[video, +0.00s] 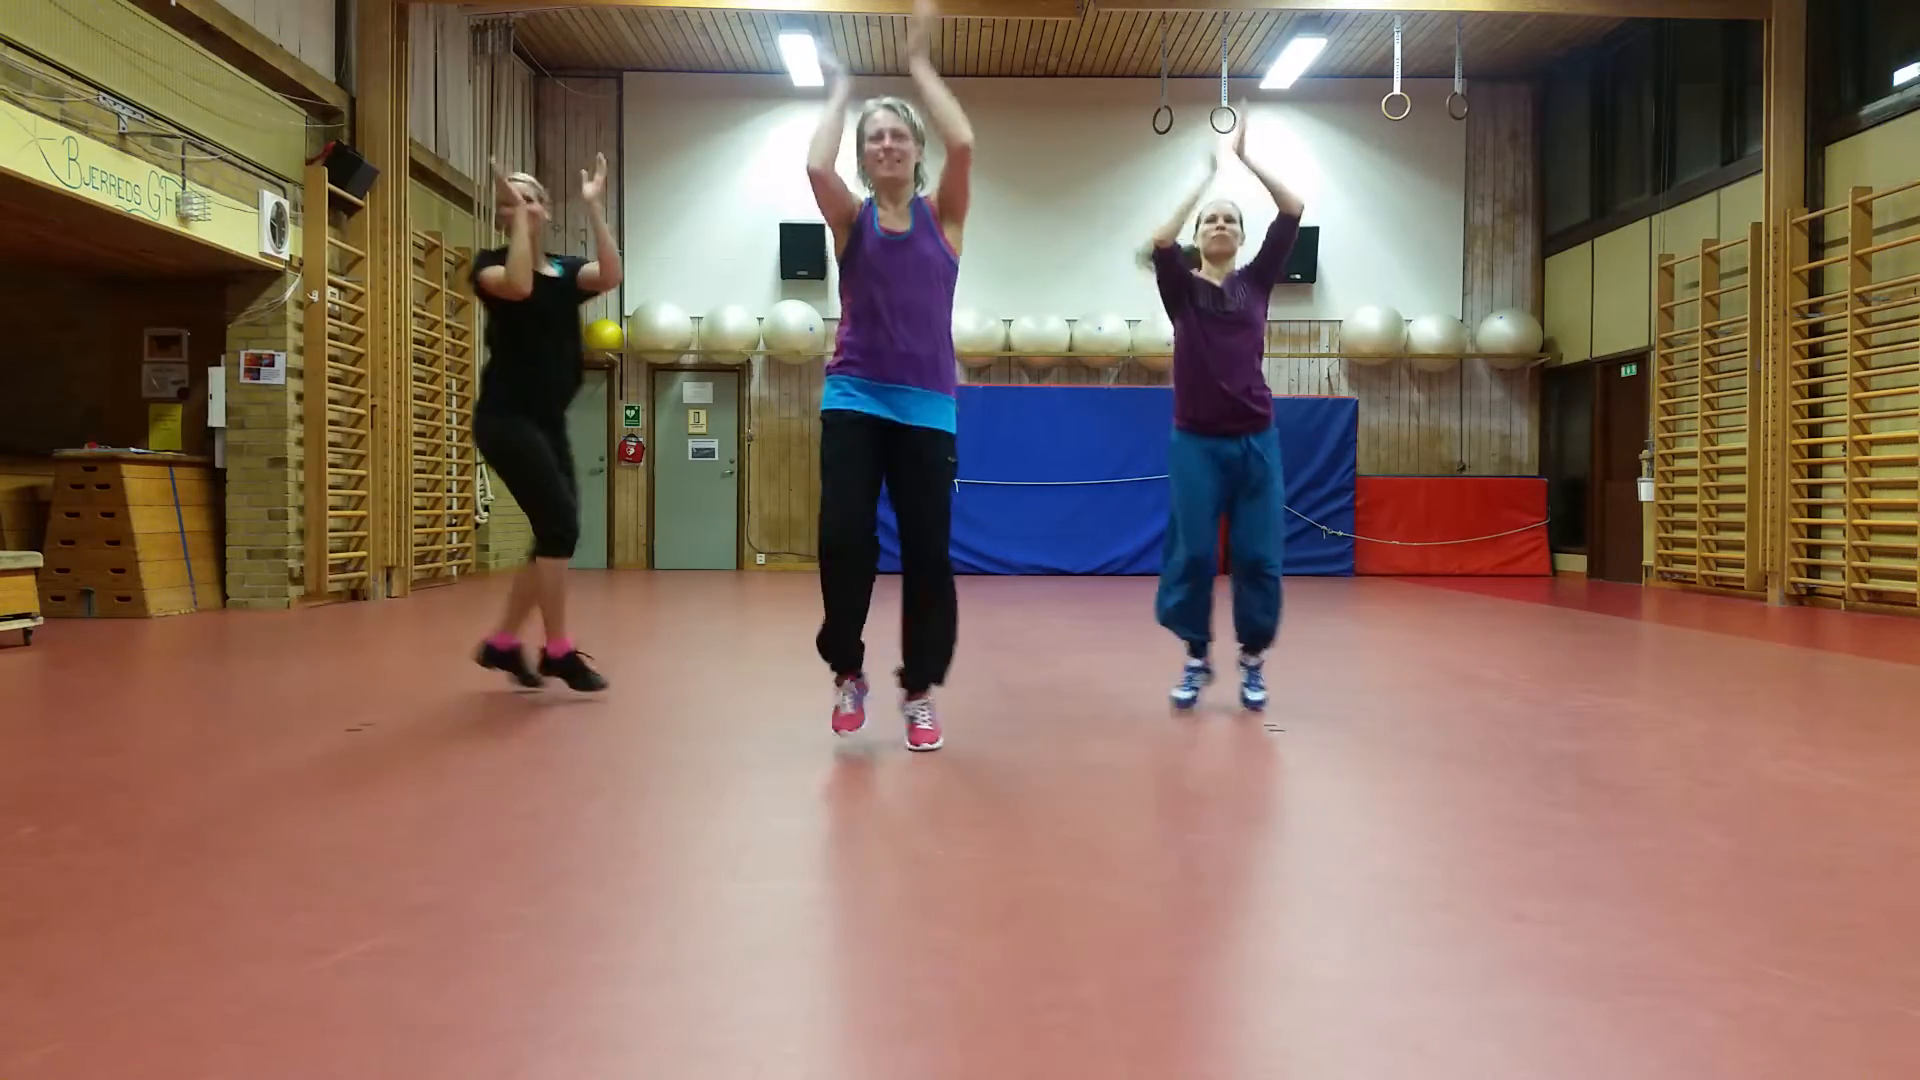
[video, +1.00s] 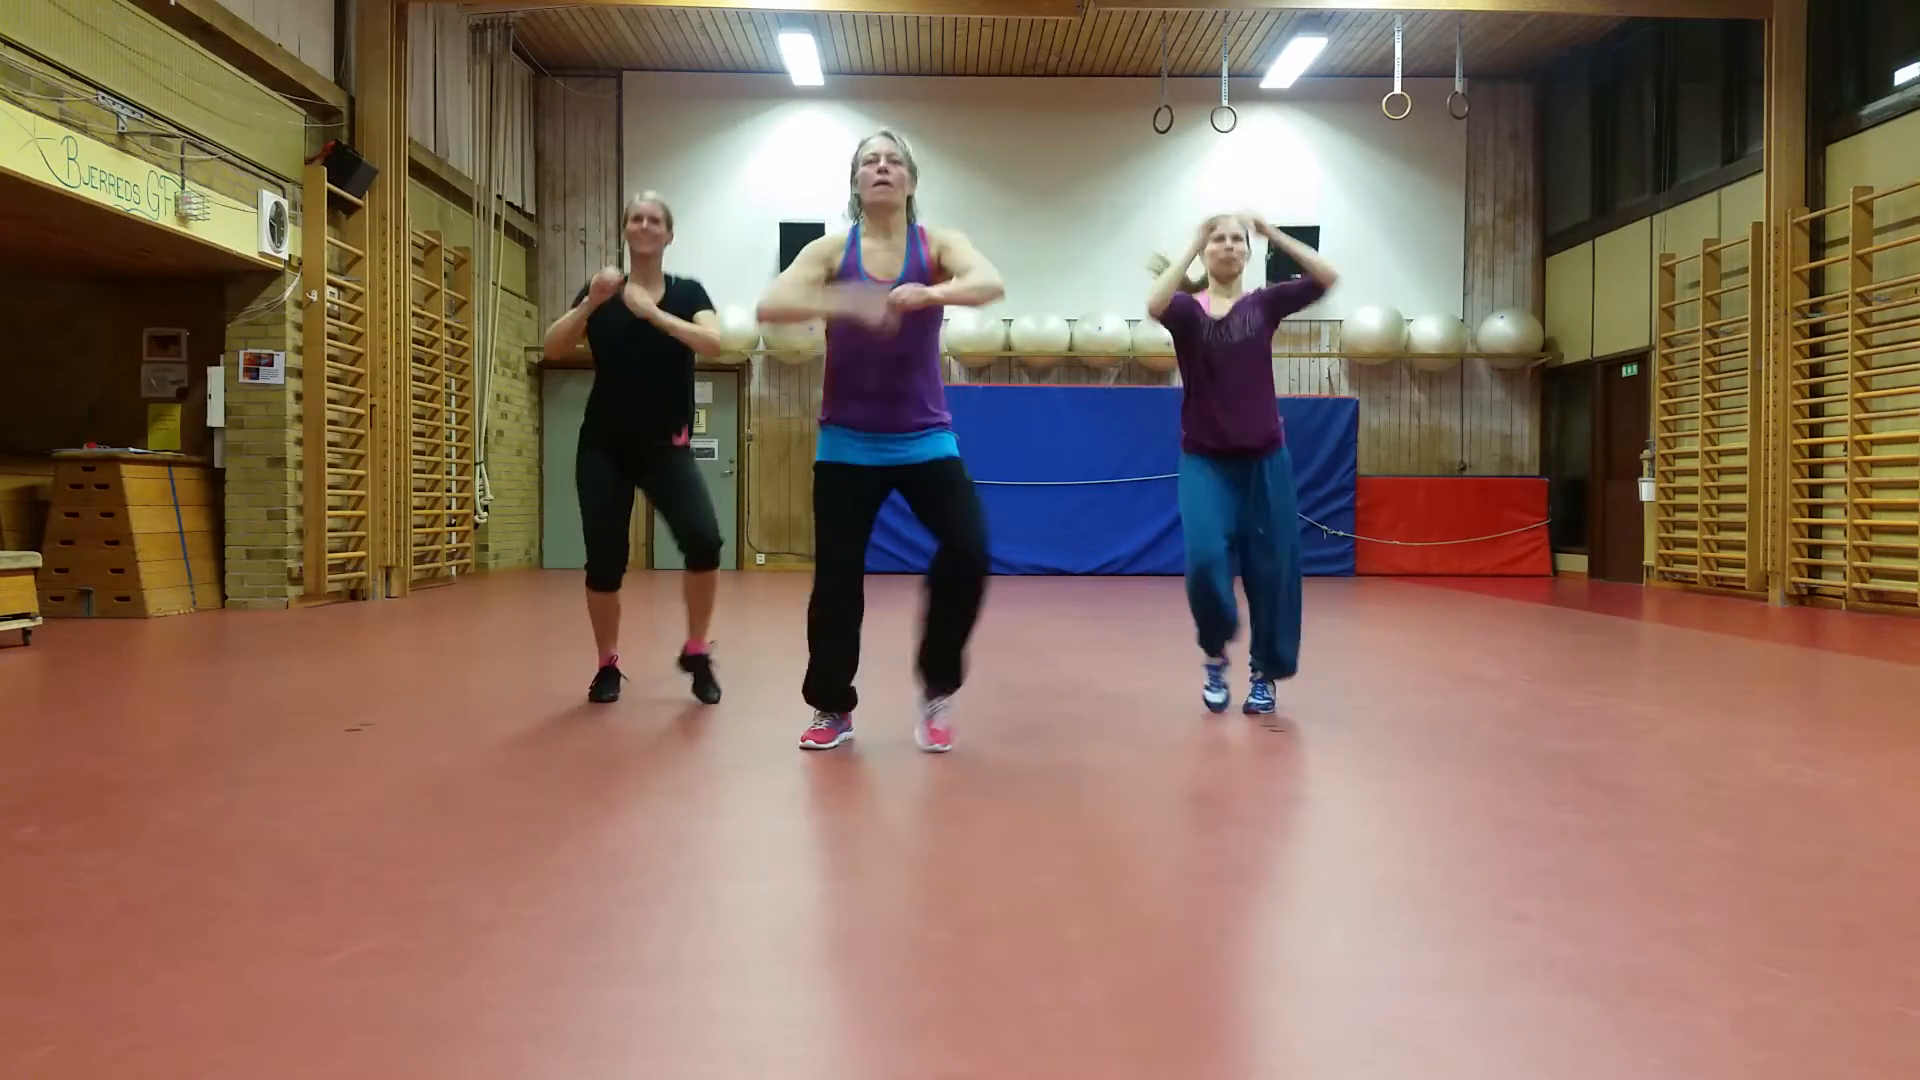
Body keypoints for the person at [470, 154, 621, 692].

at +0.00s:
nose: (530, 207)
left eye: (535, 199)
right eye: (520, 199)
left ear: (547, 211)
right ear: (502, 211)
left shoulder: (563, 269)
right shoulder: (487, 267)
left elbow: (611, 275)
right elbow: (519, 285)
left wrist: (594, 208)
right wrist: (519, 216)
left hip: (548, 417)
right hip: (504, 417)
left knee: (558, 531)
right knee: (557, 527)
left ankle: (503, 640)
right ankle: (558, 650)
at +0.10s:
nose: (544, 226)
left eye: (551, 218)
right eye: (534, 218)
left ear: (563, 228)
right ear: (519, 231)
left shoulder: (585, 287)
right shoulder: (511, 286)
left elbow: (619, 274)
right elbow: (528, 298)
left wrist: (576, 219)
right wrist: (552, 238)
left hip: (576, 434)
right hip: (530, 434)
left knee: (600, 553)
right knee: (564, 541)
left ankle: (535, 645)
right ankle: (553, 666)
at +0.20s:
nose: (564, 237)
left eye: (570, 230)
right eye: (553, 231)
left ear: (581, 243)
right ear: (539, 245)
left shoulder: (605, 298)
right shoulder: (532, 304)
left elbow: (642, 276)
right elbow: (539, 301)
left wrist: (603, 217)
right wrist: (565, 238)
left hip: (602, 454)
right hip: (552, 455)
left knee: (654, 550)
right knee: (584, 561)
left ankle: (589, 625)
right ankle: (553, 674)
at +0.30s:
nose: (581, 217)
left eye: (589, 209)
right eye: (571, 210)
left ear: (605, 222)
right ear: (560, 221)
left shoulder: (627, 280)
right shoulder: (550, 285)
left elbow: (672, 268)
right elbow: (553, 287)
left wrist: (652, 202)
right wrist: (557, 212)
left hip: (629, 434)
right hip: (573, 438)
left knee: (680, 526)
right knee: (591, 546)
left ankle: (655, 636)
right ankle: (558, 661)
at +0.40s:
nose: (604, 214)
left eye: (614, 207)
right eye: (595, 206)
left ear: (627, 219)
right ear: (581, 217)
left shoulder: (645, 273)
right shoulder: (567, 277)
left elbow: (687, 262)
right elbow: (574, 278)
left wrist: (673, 191)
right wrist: (574, 203)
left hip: (656, 422)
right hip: (597, 429)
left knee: (686, 535)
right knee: (612, 543)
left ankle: (711, 646)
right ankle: (598, 653)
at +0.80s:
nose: (643, 219)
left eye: (653, 213)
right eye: (635, 213)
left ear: (668, 226)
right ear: (622, 225)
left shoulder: (689, 274)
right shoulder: (609, 279)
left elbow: (688, 293)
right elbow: (576, 299)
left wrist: (646, 234)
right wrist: (609, 232)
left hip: (669, 431)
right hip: (607, 431)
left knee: (696, 543)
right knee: (605, 547)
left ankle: (701, 651)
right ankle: (608, 657)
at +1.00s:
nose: (644, 227)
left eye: (654, 221)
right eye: (636, 220)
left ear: (669, 234)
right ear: (623, 231)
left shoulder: (685, 292)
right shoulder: (599, 296)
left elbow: (715, 343)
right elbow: (553, 348)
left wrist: (653, 312)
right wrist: (591, 302)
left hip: (666, 445)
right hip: (604, 446)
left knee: (705, 540)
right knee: (604, 562)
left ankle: (696, 650)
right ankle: (607, 665)